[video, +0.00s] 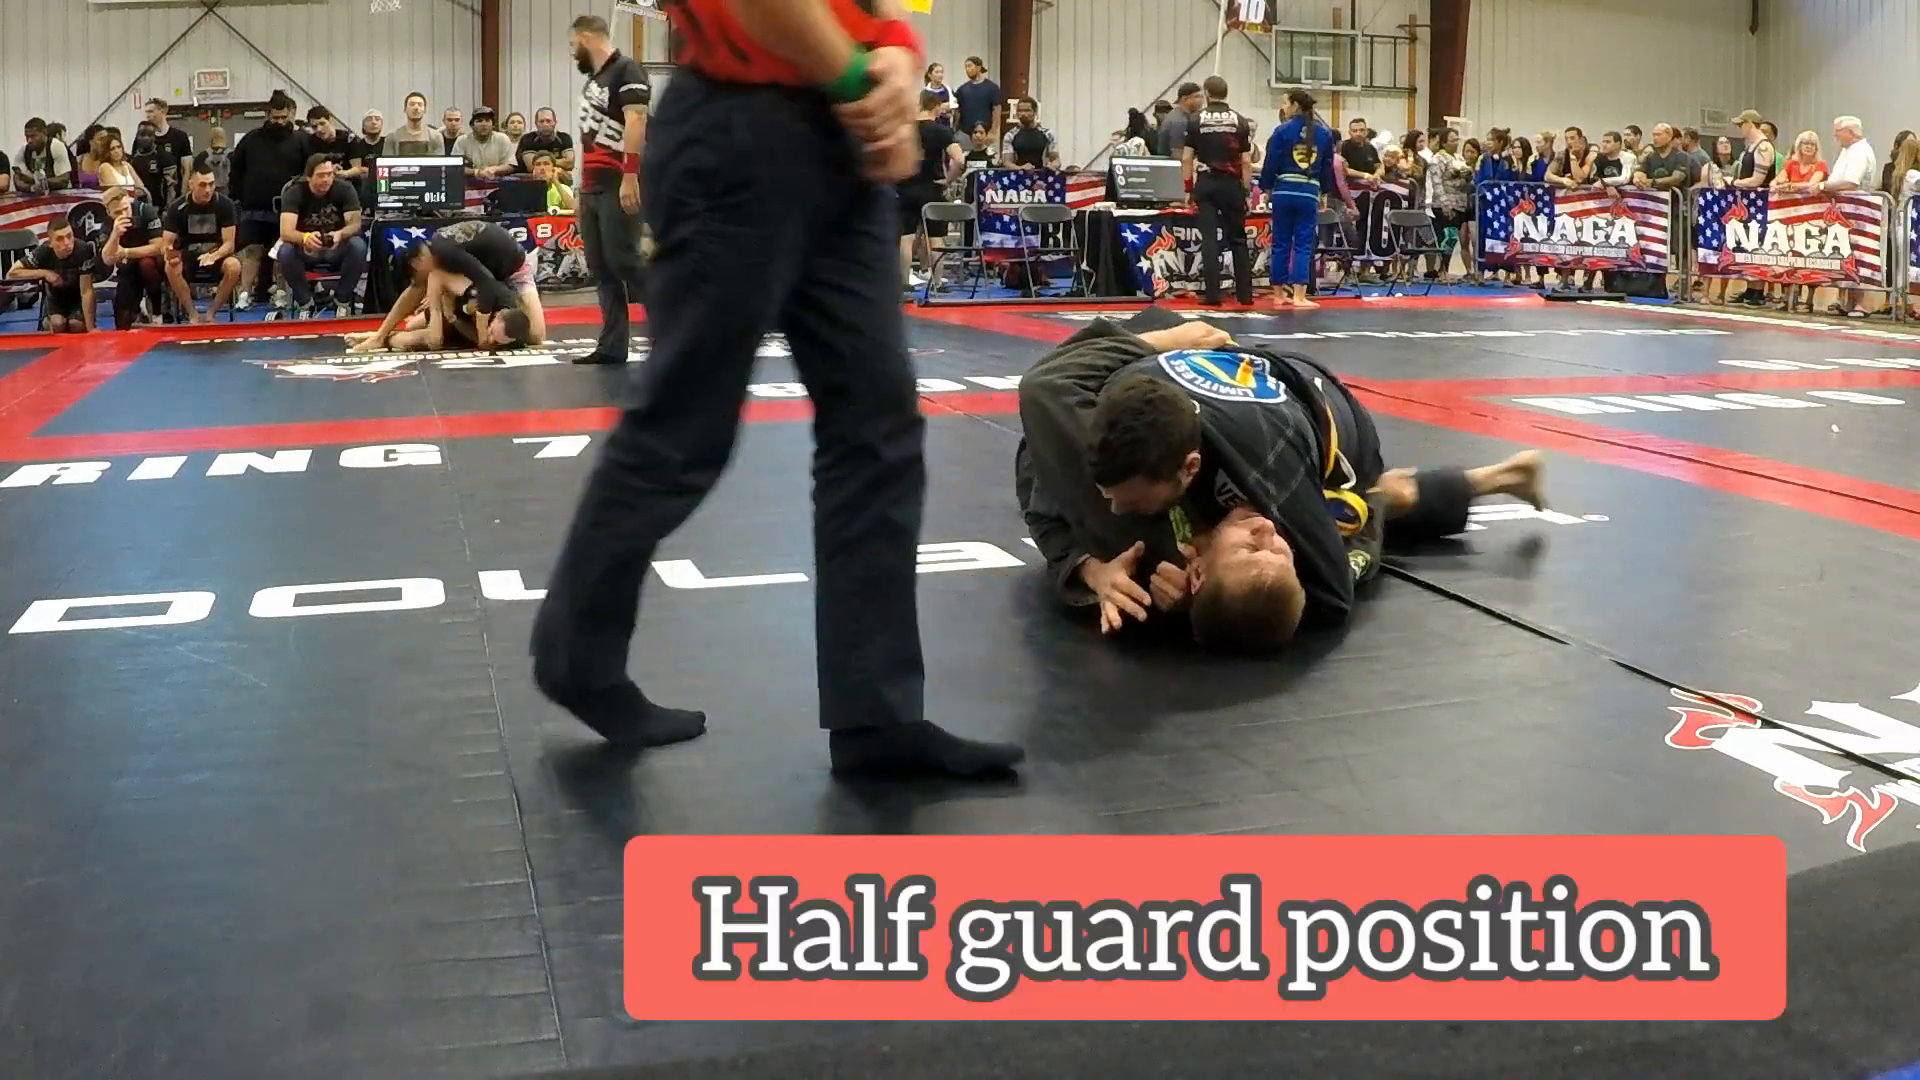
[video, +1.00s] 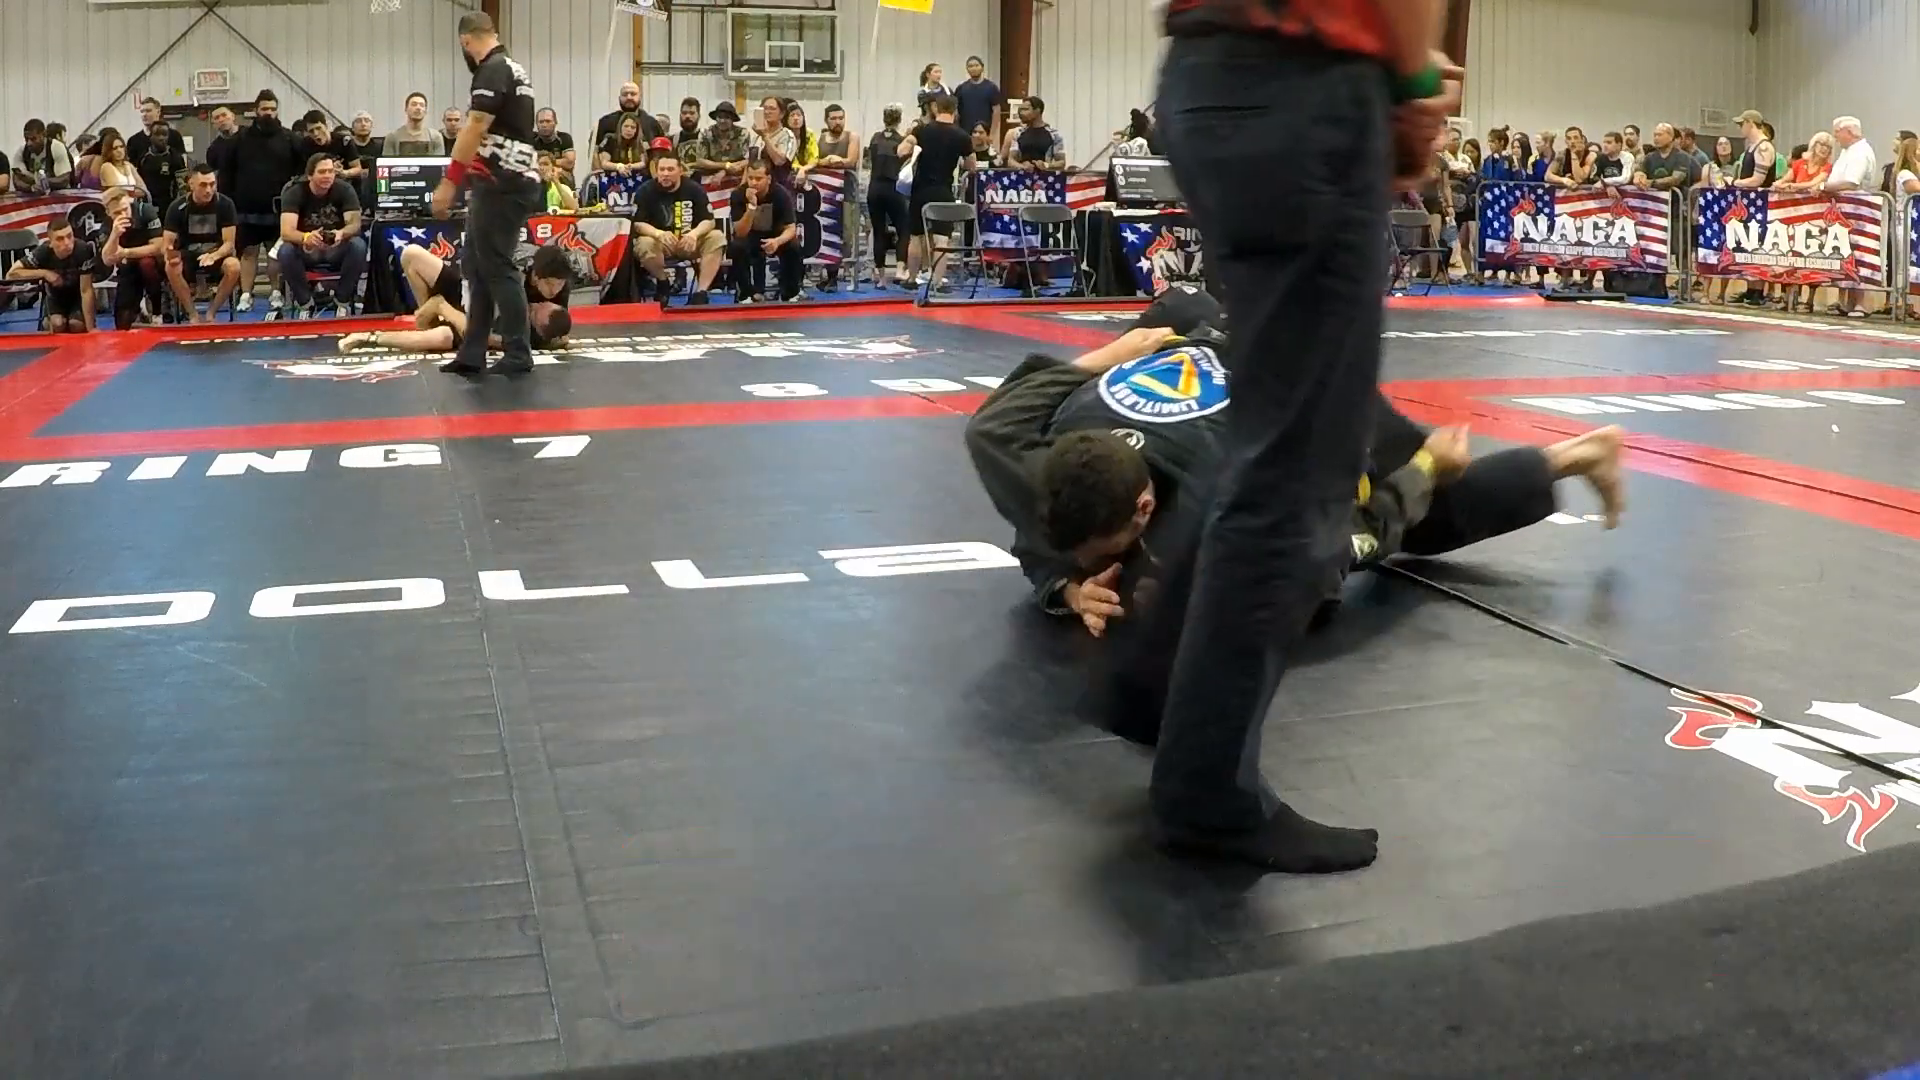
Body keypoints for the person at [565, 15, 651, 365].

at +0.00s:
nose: (572, 51)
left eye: (574, 44)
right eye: (572, 46)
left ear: (587, 39)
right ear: (591, 40)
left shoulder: (628, 71)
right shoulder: (593, 81)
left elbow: (636, 123)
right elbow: (587, 141)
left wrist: (630, 175)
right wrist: (581, 190)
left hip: (616, 186)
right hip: (591, 188)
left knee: (623, 262)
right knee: (603, 270)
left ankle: (667, 327)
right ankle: (612, 348)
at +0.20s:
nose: (552, 50)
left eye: (553, 43)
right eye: (552, 44)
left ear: (566, 37)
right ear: (570, 38)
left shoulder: (611, 69)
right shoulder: (573, 80)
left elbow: (625, 121)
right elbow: (566, 135)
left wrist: (623, 174)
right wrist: (549, 180)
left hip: (603, 176)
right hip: (580, 177)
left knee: (592, 255)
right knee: (591, 257)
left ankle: (614, 345)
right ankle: (609, 343)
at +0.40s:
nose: (531, 53)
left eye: (532, 46)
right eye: (531, 47)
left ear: (543, 40)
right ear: (549, 41)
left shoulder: (587, 74)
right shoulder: (557, 80)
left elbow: (599, 131)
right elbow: (551, 139)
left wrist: (597, 183)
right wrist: (529, 179)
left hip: (575, 182)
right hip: (558, 182)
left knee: (558, 263)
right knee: (589, 266)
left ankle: (530, 348)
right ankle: (612, 343)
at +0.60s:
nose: (512, 53)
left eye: (512, 46)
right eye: (511, 47)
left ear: (522, 41)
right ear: (533, 39)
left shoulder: (553, 75)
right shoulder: (541, 76)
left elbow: (560, 135)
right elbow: (537, 138)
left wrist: (555, 189)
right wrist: (505, 168)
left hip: (545, 182)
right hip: (543, 179)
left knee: (525, 264)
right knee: (562, 263)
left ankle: (520, 355)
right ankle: (604, 336)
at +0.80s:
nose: (486, 52)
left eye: (486, 46)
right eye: (485, 46)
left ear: (494, 40)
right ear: (511, 37)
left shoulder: (517, 72)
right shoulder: (526, 70)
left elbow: (515, 131)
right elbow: (526, 131)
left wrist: (500, 184)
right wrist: (500, 171)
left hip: (527, 178)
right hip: (530, 178)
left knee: (510, 262)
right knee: (497, 260)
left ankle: (519, 354)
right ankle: (557, 331)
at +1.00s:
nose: (465, 54)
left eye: (463, 47)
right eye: (463, 48)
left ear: (468, 41)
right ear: (493, 36)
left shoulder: (493, 68)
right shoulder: (514, 68)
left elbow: (477, 126)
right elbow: (511, 133)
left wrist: (450, 180)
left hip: (501, 183)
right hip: (512, 182)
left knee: (499, 268)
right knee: (477, 267)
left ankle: (518, 356)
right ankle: (471, 355)